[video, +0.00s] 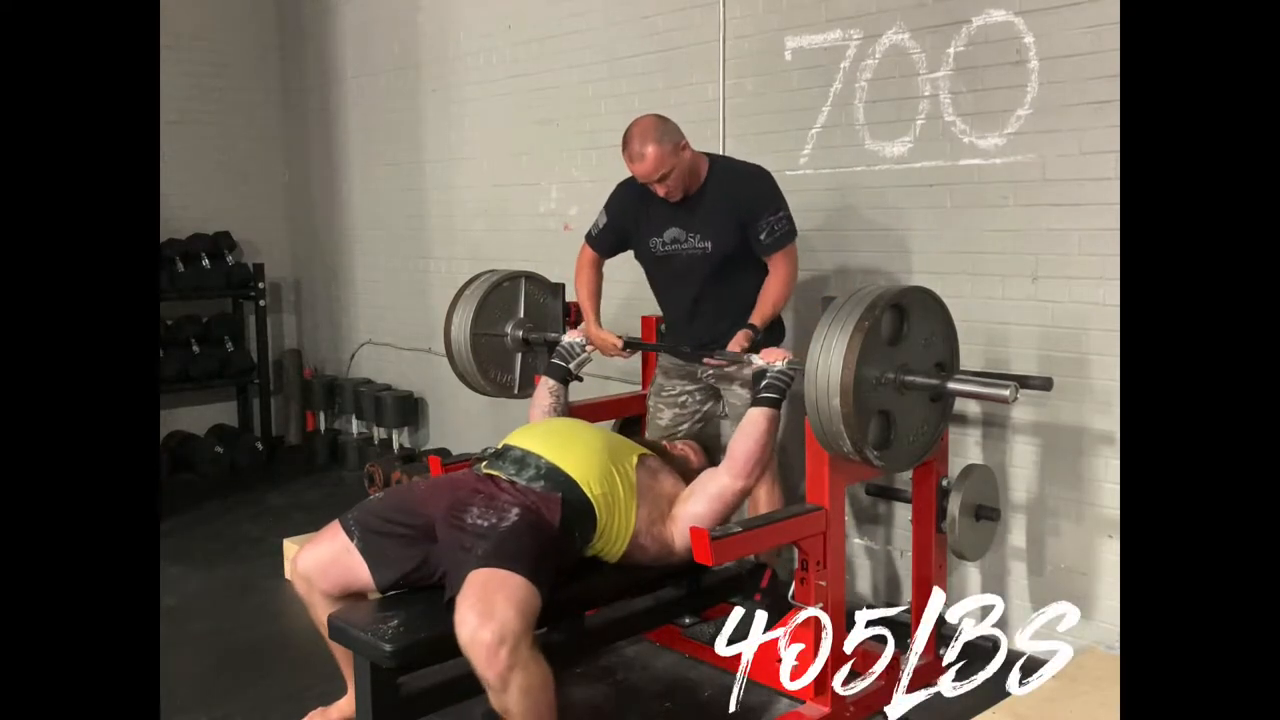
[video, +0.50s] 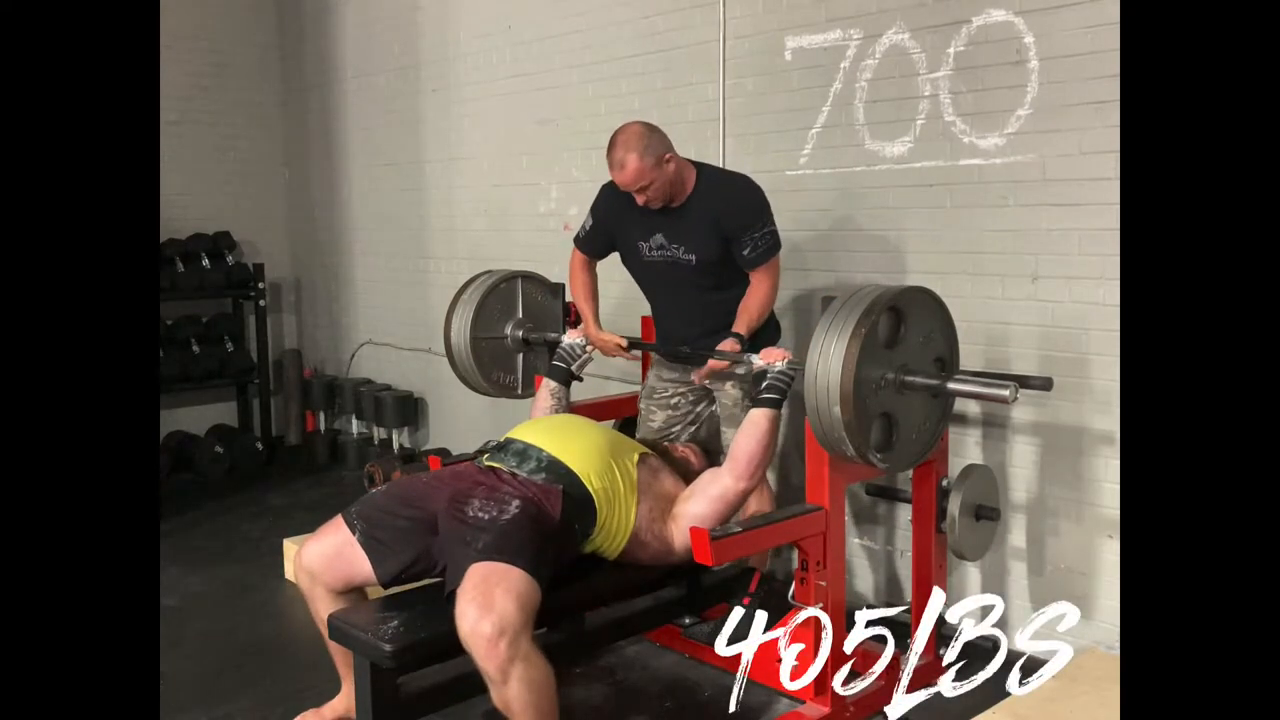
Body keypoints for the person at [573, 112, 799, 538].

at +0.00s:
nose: (659, 191)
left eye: (664, 178)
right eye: (648, 184)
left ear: (686, 148)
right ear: (633, 168)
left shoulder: (749, 185)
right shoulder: (631, 201)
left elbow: (783, 267)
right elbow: (590, 256)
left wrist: (753, 329)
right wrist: (592, 325)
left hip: (748, 356)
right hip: (678, 357)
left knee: (755, 466)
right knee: (669, 471)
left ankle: (769, 583)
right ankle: (674, 581)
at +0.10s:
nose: (659, 195)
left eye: (664, 182)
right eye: (648, 186)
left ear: (689, 154)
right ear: (635, 171)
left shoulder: (751, 189)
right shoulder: (634, 200)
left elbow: (785, 273)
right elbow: (591, 256)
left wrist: (748, 333)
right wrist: (592, 325)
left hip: (749, 352)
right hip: (680, 353)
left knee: (755, 465)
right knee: (658, 462)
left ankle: (770, 583)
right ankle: (671, 583)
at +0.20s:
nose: (648, 197)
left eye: (654, 186)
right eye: (640, 189)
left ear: (682, 159)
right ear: (629, 172)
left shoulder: (746, 191)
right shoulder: (628, 201)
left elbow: (776, 275)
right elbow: (587, 258)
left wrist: (742, 335)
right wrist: (590, 326)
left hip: (750, 351)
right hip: (680, 350)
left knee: (755, 469)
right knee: (656, 464)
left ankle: (767, 585)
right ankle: (670, 582)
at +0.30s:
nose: (641, 199)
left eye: (647, 188)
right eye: (632, 191)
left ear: (674, 161)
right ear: (621, 175)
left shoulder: (737, 192)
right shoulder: (619, 202)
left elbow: (766, 278)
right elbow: (580, 259)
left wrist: (736, 343)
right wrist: (590, 328)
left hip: (746, 355)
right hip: (676, 357)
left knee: (752, 469)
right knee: (658, 469)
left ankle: (769, 583)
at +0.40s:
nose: (638, 200)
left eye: (644, 188)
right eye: (629, 192)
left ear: (670, 160)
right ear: (617, 177)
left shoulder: (734, 195)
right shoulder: (614, 203)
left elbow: (762, 281)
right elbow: (579, 259)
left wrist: (735, 340)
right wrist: (590, 328)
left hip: (743, 361)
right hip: (673, 360)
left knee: (749, 473)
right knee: (653, 469)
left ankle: (763, 579)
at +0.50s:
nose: (639, 201)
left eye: (645, 189)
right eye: (629, 193)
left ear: (671, 162)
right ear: (616, 176)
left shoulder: (735, 196)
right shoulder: (615, 203)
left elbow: (765, 277)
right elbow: (582, 257)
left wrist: (734, 342)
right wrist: (591, 327)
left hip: (743, 358)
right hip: (671, 359)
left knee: (747, 476)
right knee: (655, 467)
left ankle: (760, 593)